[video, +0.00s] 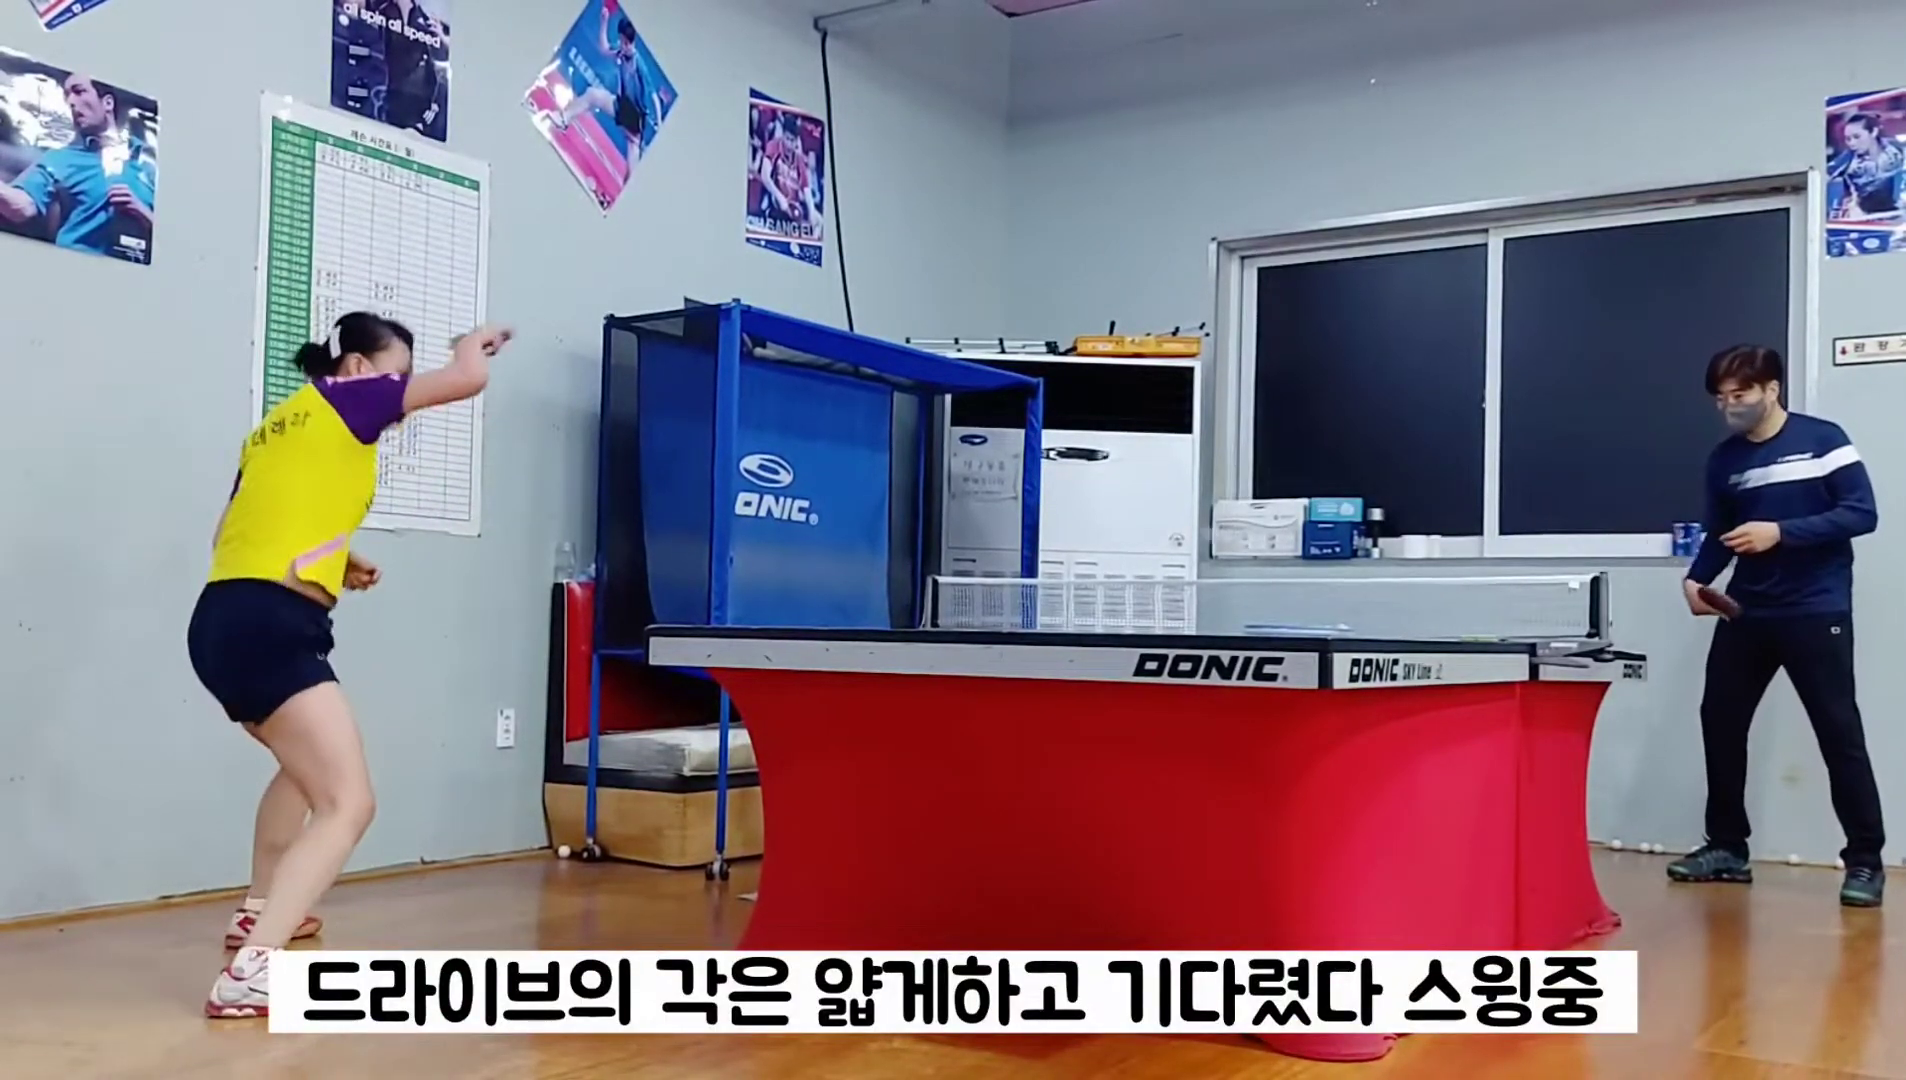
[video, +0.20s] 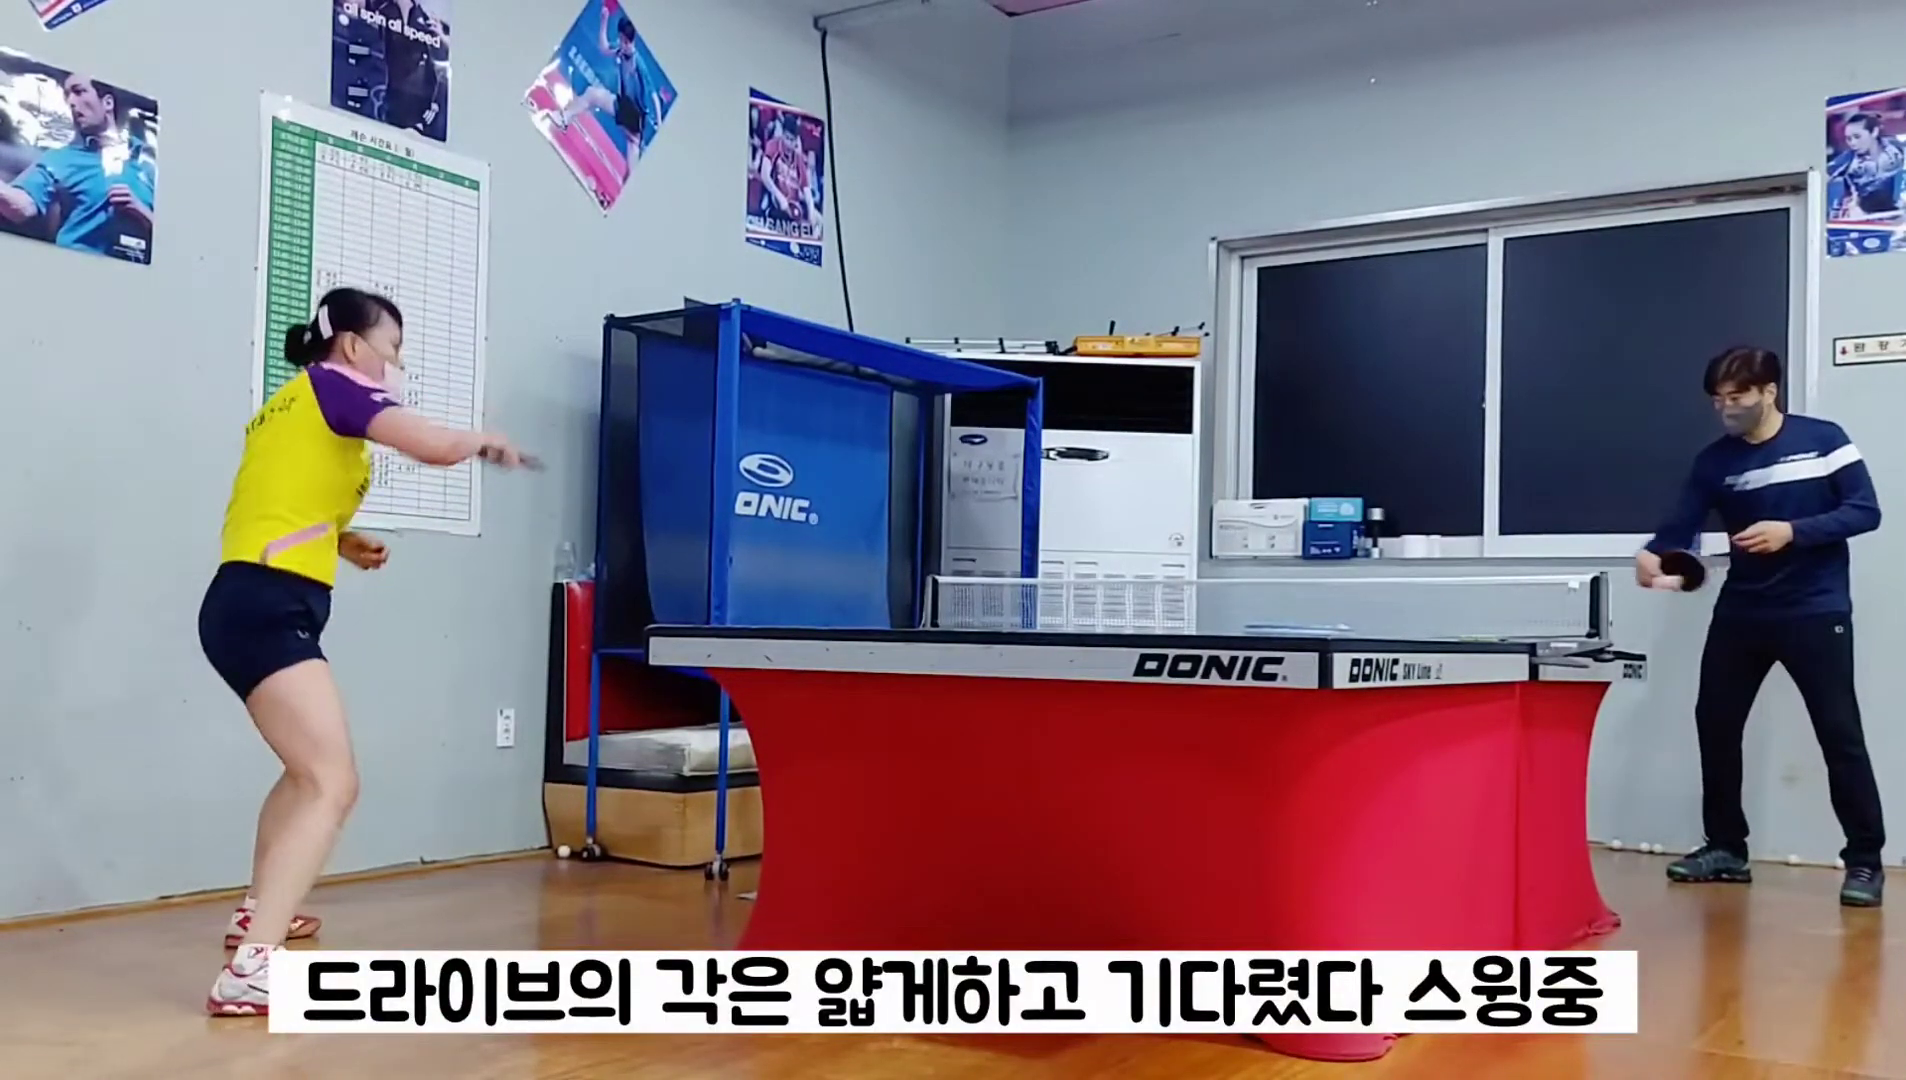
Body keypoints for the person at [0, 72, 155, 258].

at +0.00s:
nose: (70, 101)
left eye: (79, 91)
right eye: (67, 96)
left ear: (108, 103)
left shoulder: (149, 162)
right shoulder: (60, 159)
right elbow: (20, 207)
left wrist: (143, 213)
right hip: (74, 262)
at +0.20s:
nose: (71, 101)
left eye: (79, 91)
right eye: (67, 96)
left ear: (108, 102)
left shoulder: (148, 162)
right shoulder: (59, 159)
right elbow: (20, 207)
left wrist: (141, 211)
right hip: (74, 261)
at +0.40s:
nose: (71, 101)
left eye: (79, 91)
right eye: (67, 96)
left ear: (108, 103)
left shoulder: (149, 164)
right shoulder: (59, 159)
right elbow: (20, 207)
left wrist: (142, 212)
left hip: (134, 270)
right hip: (74, 261)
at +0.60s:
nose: (71, 101)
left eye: (79, 91)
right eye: (67, 96)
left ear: (108, 103)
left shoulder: (149, 164)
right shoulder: (59, 159)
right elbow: (19, 207)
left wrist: (142, 212)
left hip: (134, 270)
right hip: (74, 261)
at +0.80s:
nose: (71, 101)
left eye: (79, 91)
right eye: (67, 96)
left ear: (108, 103)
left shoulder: (149, 164)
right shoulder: (60, 158)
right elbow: (20, 207)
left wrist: (142, 212)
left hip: (134, 270)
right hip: (74, 261)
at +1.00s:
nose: (71, 101)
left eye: (79, 91)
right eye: (67, 96)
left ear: (108, 103)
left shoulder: (149, 165)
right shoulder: (60, 159)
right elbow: (20, 207)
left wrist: (142, 212)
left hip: (134, 270)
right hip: (74, 261)